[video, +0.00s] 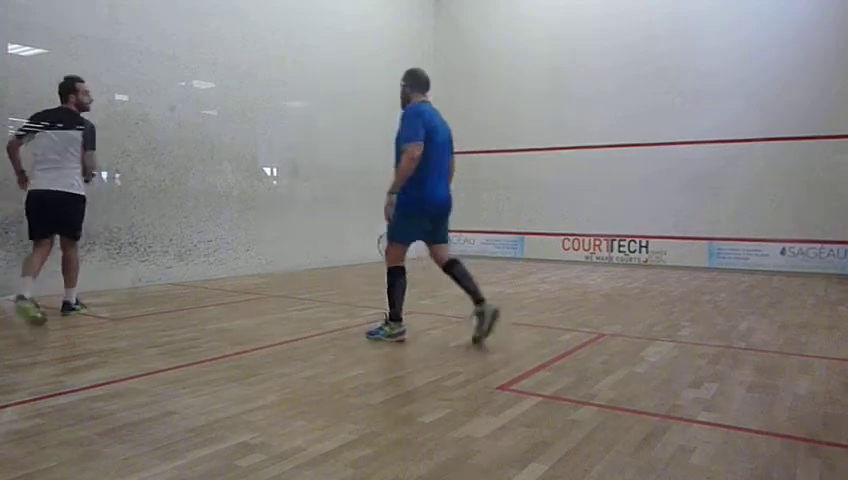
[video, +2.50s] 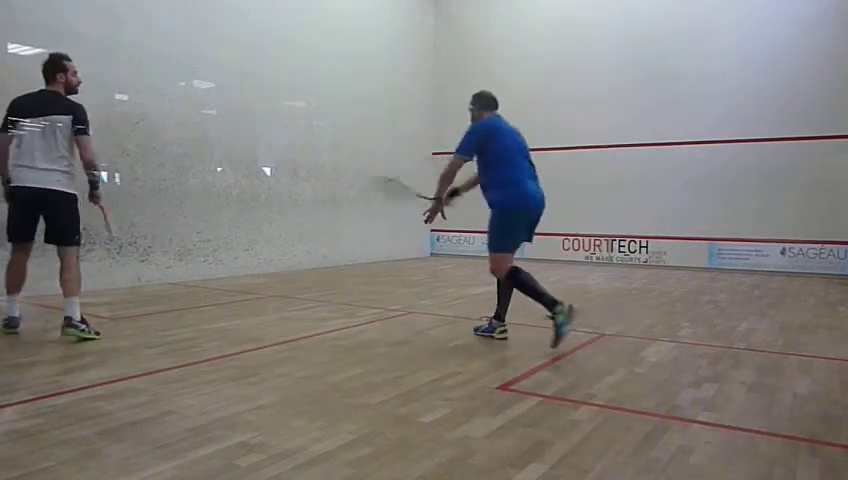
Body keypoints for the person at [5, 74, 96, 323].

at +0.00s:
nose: (90, 97)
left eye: (88, 92)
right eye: (85, 93)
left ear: (65, 97)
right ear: (71, 97)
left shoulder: (41, 117)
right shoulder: (85, 125)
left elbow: (12, 145)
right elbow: (89, 166)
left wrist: (19, 172)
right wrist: (86, 177)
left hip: (38, 194)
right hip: (71, 196)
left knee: (41, 245)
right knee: (69, 246)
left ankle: (24, 294)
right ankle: (70, 301)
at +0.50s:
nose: (75, 79)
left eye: (73, 75)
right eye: (69, 75)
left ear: (50, 82)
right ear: (52, 80)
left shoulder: (24, 109)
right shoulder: (62, 109)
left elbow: (8, 151)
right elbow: (60, 147)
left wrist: (18, 185)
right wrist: (83, 189)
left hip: (26, 190)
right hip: (57, 191)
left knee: (31, 245)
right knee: (73, 247)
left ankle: (18, 314)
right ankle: (73, 313)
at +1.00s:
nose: (103, 73)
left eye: (102, 68)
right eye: (97, 68)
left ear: (77, 75)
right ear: (79, 73)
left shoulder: (50, 102)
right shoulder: (88, 103)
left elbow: (53, 146)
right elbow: (90, 141)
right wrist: (116, 183)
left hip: (43, 185)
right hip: (70, 187)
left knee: (51, 250)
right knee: (71, 256)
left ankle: (34, 319)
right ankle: (72, 327)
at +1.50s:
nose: (111, 70)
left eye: (110, 65)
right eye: (105, 65)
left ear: (84, 70)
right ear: (87, 68)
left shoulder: (59, 96)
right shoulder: (95, 100)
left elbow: (64, 144)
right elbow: (94, 146)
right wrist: (114, 190)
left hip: (49, 185)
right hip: (78, 188)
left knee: (50, 252)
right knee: (74, 258)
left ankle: (37, 321)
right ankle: (72, 327)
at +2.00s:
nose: (113, 71)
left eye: (112, 66)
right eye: (107, 67)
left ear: (86, 72)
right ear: (90, 71)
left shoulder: (57, 97)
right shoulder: (96, 102)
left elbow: (47, 144)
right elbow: (99, 147)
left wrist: (83, 164)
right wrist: (123, 190)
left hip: (46, 184)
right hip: (76, 188)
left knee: (50, 249)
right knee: (73, 256)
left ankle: (36, 319)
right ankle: (72, 326)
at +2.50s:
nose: (78, 78)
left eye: (77, 73)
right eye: (74, 74)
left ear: (49, 78)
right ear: (60, 77)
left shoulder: (18, 104)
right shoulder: (74, 109)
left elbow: (4, 147)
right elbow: (87, 156)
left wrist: (6, 181)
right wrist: (95, 184)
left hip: (22, 190)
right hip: (60, 193)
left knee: (19, 251)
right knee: (69, 256)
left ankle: (11, 315)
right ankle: (73, 319)